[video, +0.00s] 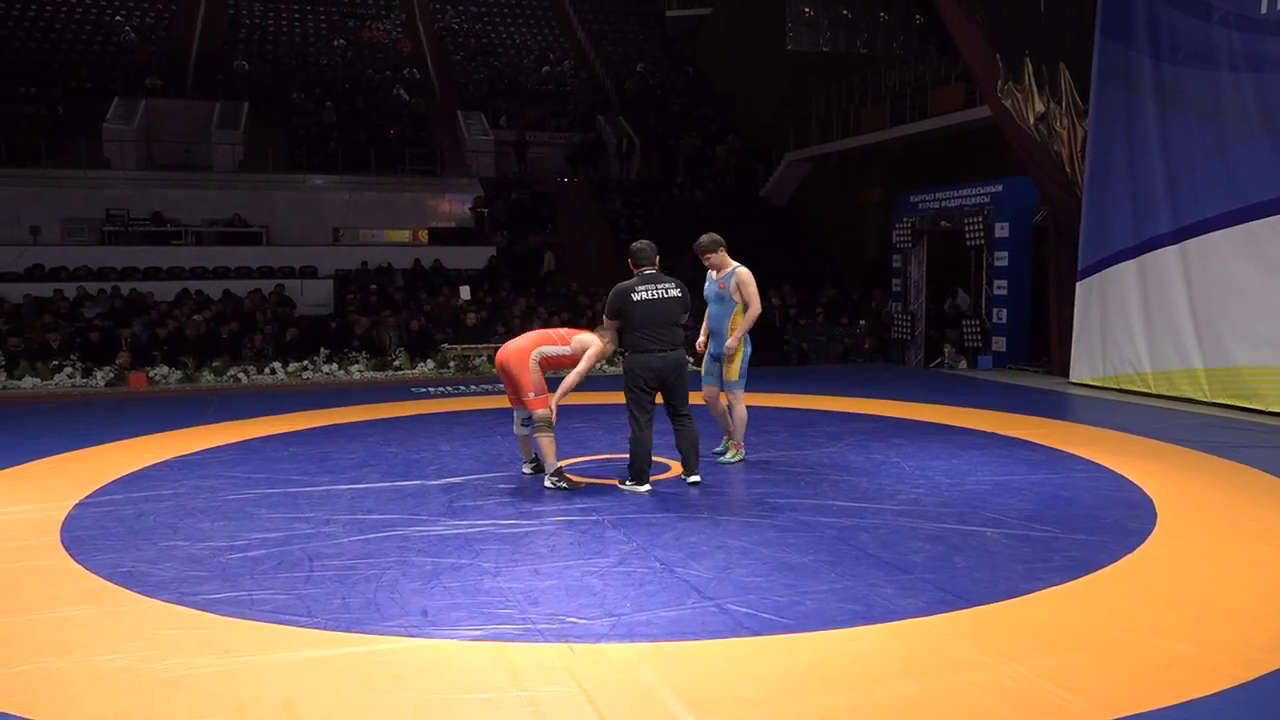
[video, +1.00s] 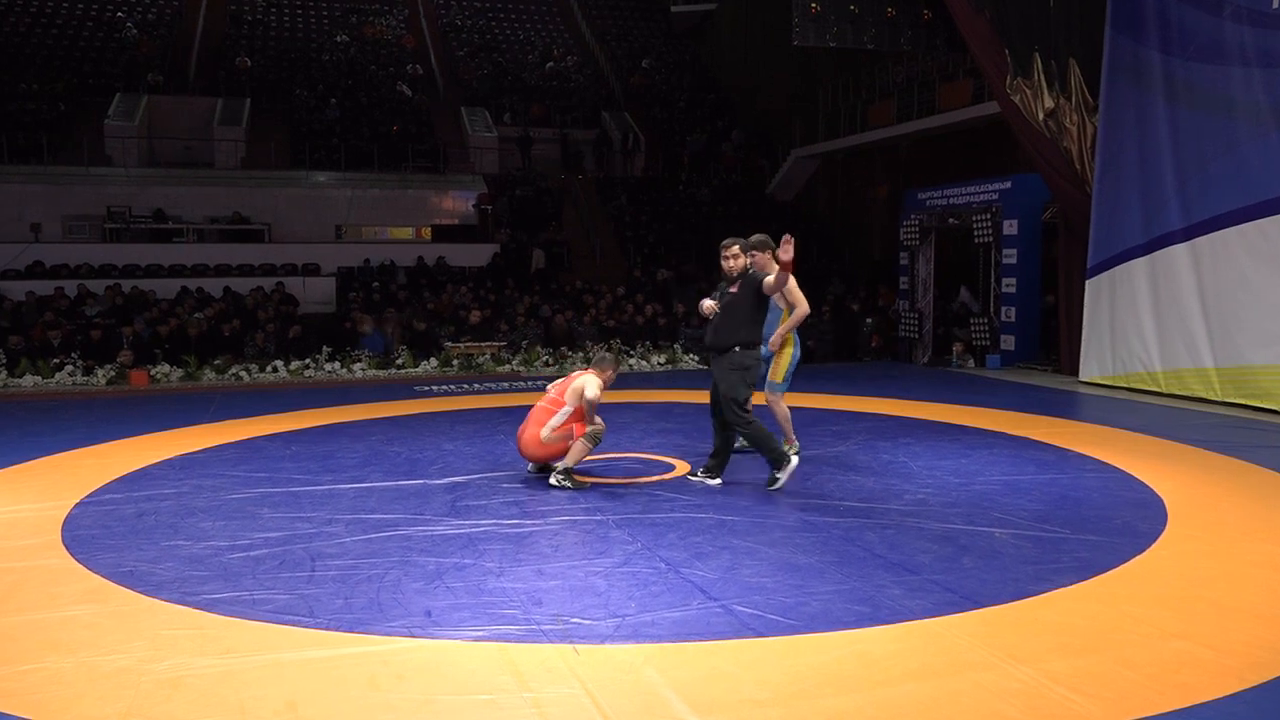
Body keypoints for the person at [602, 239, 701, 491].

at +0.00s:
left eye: (630, 262)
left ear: (631, 264)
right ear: (658, 262)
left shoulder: (621, 291)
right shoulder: (677, 287)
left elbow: (610, 323)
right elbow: (683, 319)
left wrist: (634, 318)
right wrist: (656, 315)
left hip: (639, 363)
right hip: (674, 361)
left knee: (640, 421)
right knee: (682, 414)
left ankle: (639, 479)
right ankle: (692, 471)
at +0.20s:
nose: (647, 265)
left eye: (648, 262)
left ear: (649, 264)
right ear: (676, 262)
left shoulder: (642, 291)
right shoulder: (693, 290)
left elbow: (619, 325)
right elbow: (695, 320)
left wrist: (642, 321)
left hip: (653, 364)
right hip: (686, 363)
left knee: (644, 422)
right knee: (691, 414)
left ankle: (639, 478)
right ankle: (706, 469)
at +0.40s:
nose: (667, 266)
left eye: (668, 262)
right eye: (668, 262)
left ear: (673, 262)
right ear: (695, 261)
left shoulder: (674, 289)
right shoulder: (710, 286)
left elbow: (658, 325)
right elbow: (690, 306)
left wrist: (640, 345)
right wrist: (670, 286)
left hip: (677, 362)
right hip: (704, 360)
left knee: (653, 416)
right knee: (700, 414)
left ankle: (639, 472)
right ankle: (705, 472)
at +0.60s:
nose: (682, 263)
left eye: (686, 258)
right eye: (681, 259)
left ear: (702, 257)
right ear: (701, 259)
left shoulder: (707, 282)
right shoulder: (710, 279)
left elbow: (711, 315)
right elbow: (692, 295)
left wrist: (685, 343)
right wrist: (672, 276)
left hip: (700, 355)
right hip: (713, 354)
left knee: (677, 411)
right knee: (708, 413)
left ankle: (665, 469)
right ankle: (707, 470)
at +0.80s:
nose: (708, 262)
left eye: (713, 256)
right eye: (704, 258)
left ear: (726, 257)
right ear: (701, 261)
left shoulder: (732, 278)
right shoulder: (711, 284)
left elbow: (748, 293)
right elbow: (705, 303)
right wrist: (687, 296)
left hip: (721, 354)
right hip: (708, 354)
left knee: (707, 411)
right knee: (713, 412)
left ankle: (722, 469)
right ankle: (713, 464)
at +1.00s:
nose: (730, 263)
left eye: (736, 257)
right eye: (726, 258)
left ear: (746, 259)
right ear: (720, 262)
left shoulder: (754, 280)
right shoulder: (723, 287)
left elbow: (775, 285)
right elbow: (708, 306)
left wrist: (785, 268)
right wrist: (704, 304)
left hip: (740, 357)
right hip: (722, 357)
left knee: (735, 415)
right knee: (721, 416)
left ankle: (782, 460)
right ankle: (714, 470)